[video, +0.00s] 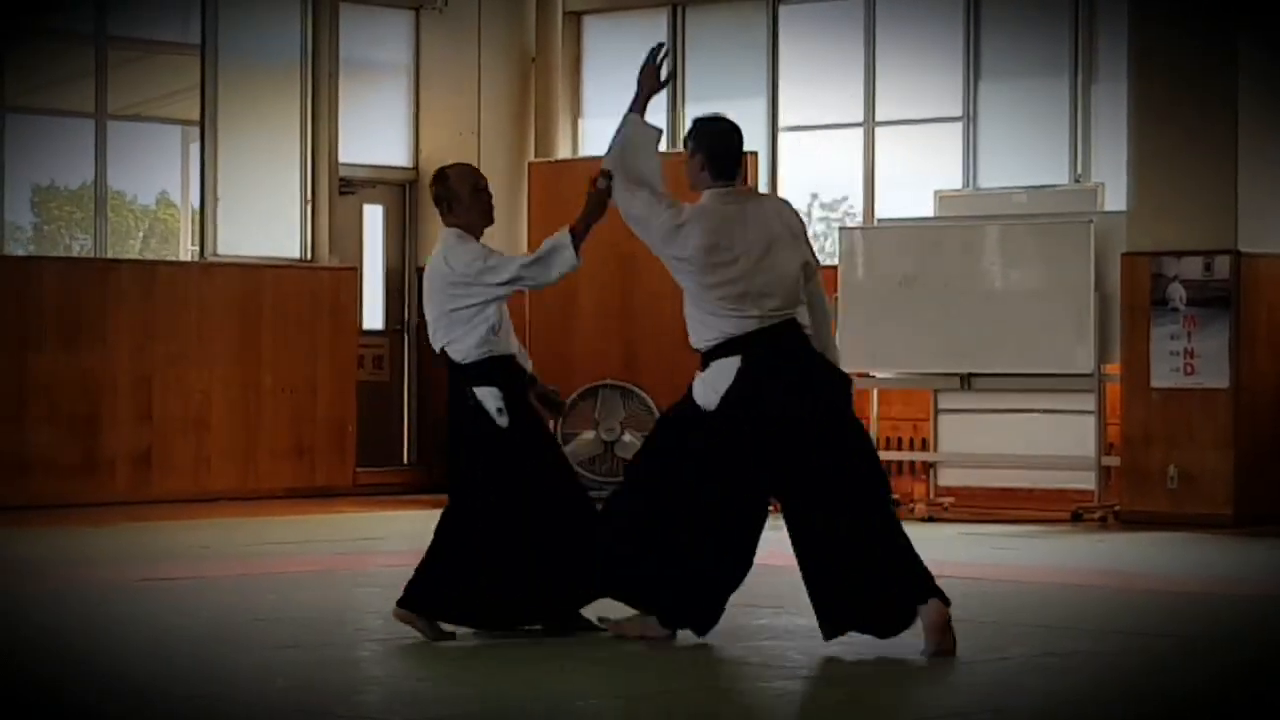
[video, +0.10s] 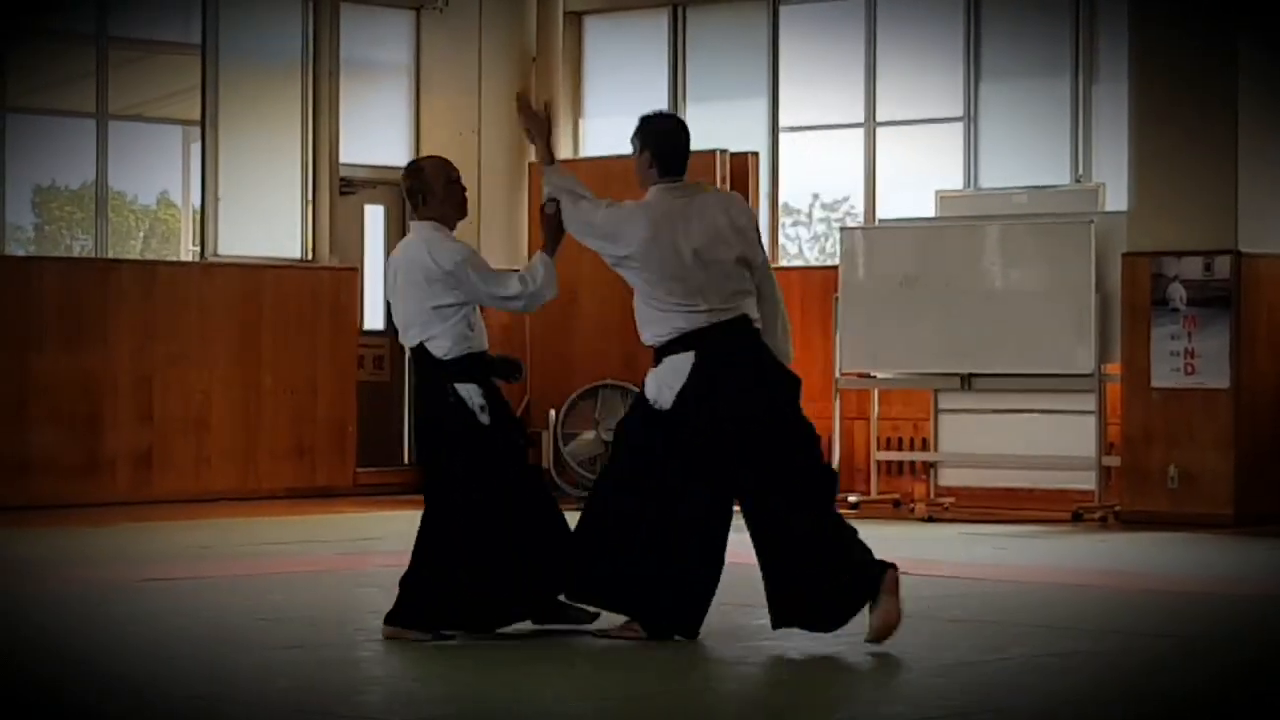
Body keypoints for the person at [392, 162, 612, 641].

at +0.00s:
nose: (491, 198)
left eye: (488, 190)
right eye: (479, 192)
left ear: (457, 207)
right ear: (452, 204)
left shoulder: (452, 256)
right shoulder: (463, 257)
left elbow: (488, 338)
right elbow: (532, 268)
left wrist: (531, 385)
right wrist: (589, 217)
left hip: (480, 387)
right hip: (486, 390)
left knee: (478, 498)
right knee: (555, 490)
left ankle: (423, 600)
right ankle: (556, 606)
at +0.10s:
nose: (464, 191)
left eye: (461, 183)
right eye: (453, 185)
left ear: (420, 200)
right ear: (426, 196)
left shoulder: (401, 255)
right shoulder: (445, 251)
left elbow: (421, 337)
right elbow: (521, 291)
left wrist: (487, 363)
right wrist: (551, 242)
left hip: (431, 389)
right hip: (463, 391)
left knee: (450, 499)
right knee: (519, 487)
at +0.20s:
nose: (440, 193)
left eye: (436, 185)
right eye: (431, 186)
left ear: (392, 197)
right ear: (406, 195)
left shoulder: (366, 254)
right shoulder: (420, 256)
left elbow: (387, 328)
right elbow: (478, 311)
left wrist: (448, 342)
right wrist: (501, 278)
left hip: (393, 387)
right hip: (429, 391)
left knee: (416, 500)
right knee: (457, 496)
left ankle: (414, 610)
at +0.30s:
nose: (407, 196)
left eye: (405, 187)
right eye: (402, 187)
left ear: (355, 195)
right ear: (385, 193)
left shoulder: (333, 252)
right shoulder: (394, 250)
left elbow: (326, 330)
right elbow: (459, 301)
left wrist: (359, 366)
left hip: (362, 392)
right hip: (402, 392)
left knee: (396, 497)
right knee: (440, 495)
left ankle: (342, 582)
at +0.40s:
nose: (376, 196)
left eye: (374, 187)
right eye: (371, 188)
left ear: (323, 196)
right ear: (353, 194)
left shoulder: (296, 254)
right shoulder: (372, 242)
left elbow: (291, 333)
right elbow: (420, 288)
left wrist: (318, 372)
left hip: (327, 390)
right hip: (375, 388)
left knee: (335, 499)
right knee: (416, 492)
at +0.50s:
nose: (342, 193)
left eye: (338, 184)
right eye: (338, 185)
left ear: (291, 196)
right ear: (327, 190)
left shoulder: (265, 252)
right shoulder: (351, 237)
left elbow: (261, 330)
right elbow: (363, 290)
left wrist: (281, 375)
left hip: (287, 385)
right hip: (338, 384)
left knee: (260, 497)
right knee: (381, 491)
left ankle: (206, 606)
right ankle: (387, 611)